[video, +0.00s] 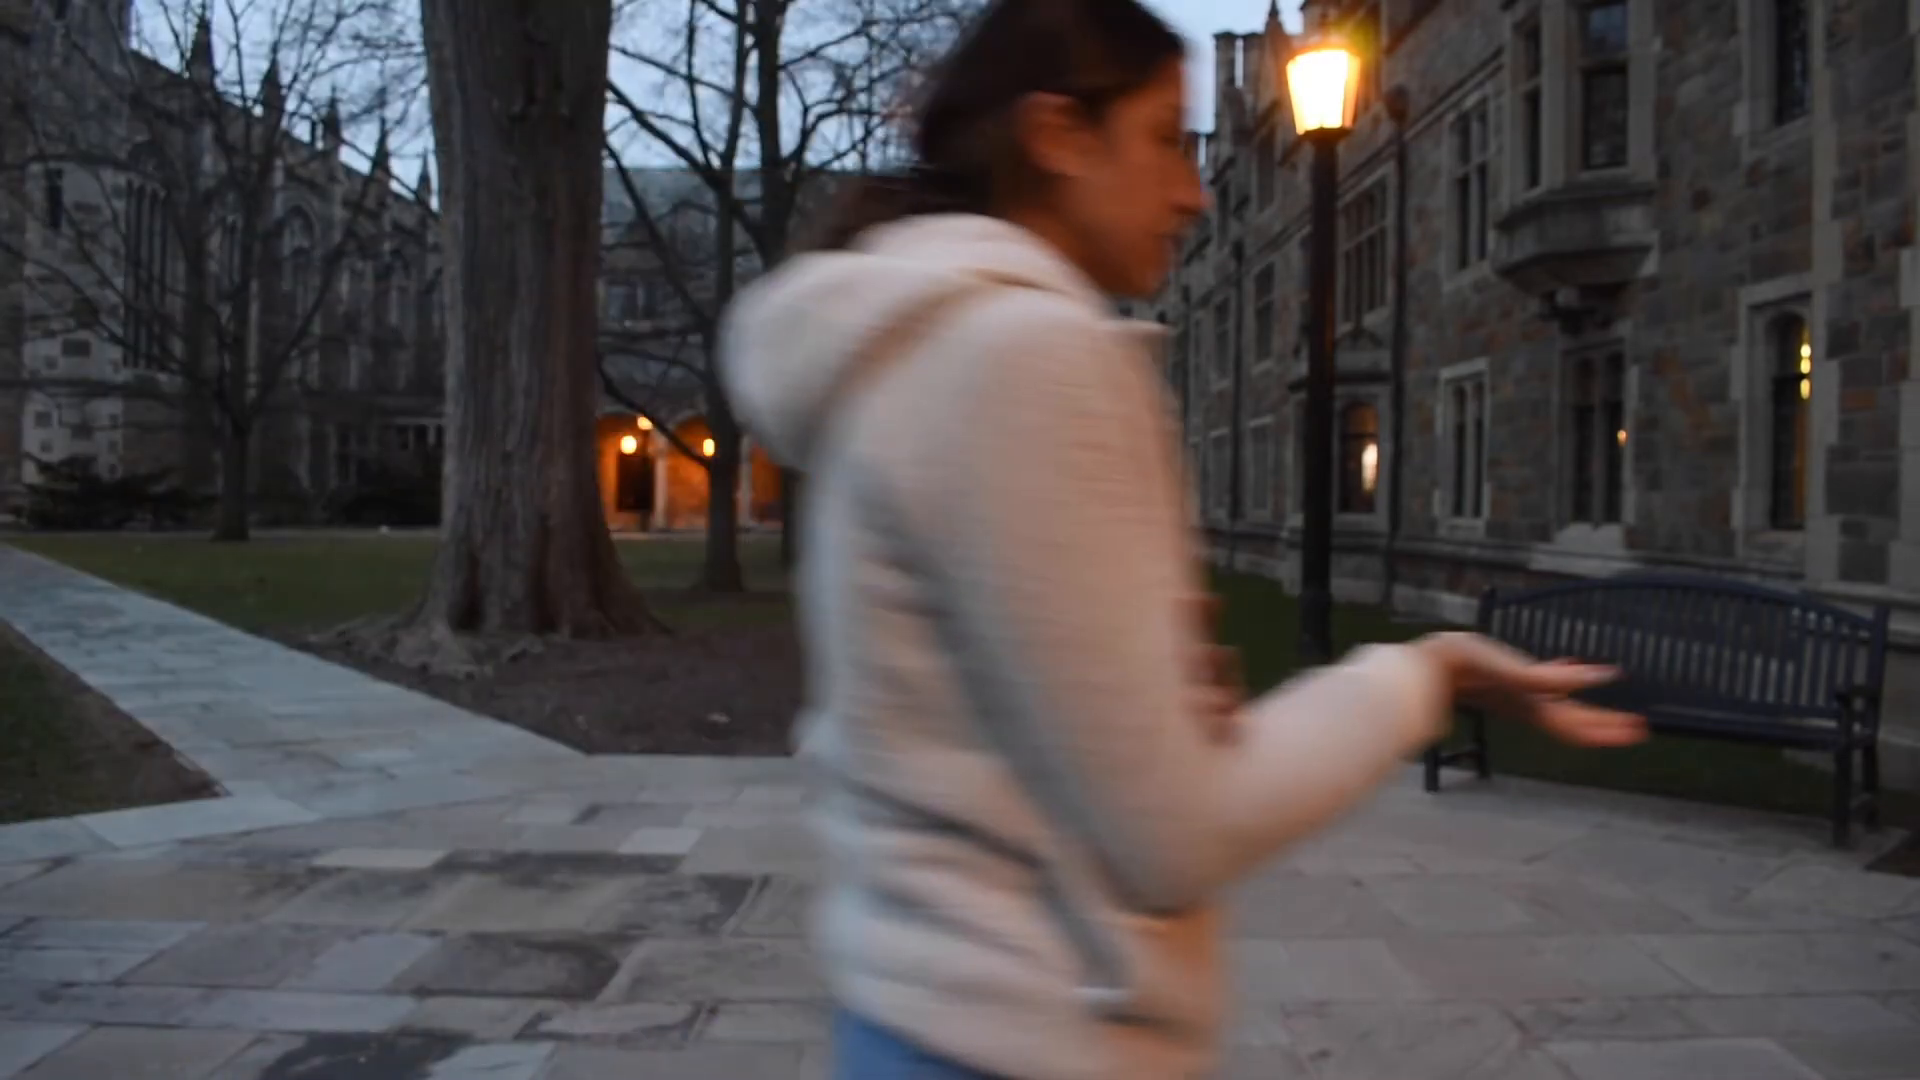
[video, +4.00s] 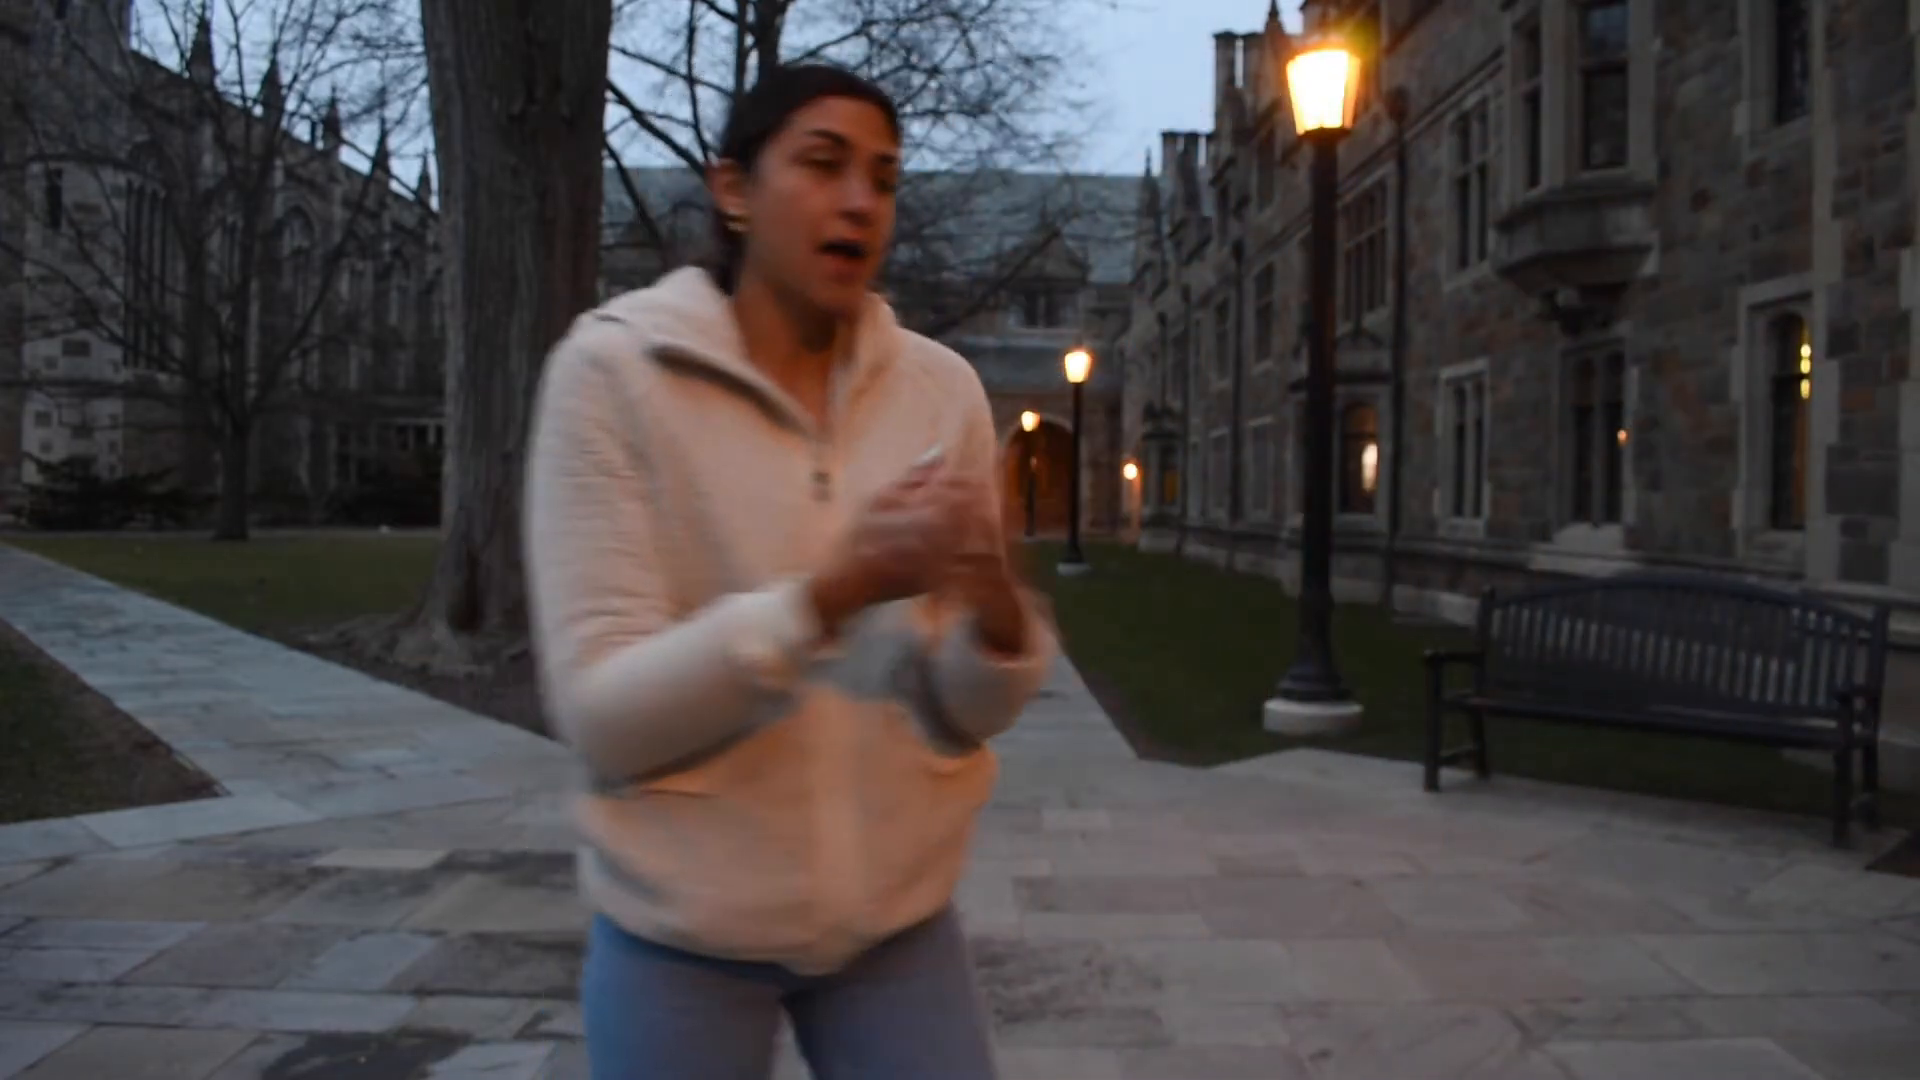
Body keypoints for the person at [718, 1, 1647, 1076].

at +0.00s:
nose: (1196, 195)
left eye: (1189, 150)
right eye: (1169, 142)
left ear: (1057, 141)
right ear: (1056, 137)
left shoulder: (930, 334)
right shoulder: (1026, 354)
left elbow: (935, 737)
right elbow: (1170, 835)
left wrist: (1160, 697)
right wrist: (1428, 676)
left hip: (930, 1014)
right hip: (1030, 1037)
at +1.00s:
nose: (1656, 203)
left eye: (1666, 164)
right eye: (1655, 167)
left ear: (1749, 161)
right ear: (1861, 153)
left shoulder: (1692, 357)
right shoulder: (1898, 310)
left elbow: (1547, 728)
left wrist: (1551, 567)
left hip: (1760, 991)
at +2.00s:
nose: (1361, 199)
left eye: (1403, 153)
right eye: (1368, 158)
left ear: (1524, 172)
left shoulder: (1631, 354)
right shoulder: (1485, 369)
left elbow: (1485, 811)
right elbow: (1440, 723)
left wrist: (1180, 718)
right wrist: (1194, 681)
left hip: (1547, 1036)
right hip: (1431, 1026)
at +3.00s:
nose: (736, 188)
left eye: (774, 151)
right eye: (750, 152)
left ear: (879, 188)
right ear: (864, 194)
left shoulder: (932, 357)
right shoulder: (869, 351)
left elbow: (770, 751)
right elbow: (758, 678)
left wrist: (515, 632)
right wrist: (554, 600)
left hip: (828, 1001)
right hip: (783, 984)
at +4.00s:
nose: (862, 204)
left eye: (882, 179)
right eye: (821, 163)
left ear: (895, 210)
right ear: (732, 189)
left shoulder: (941, 389)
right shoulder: (612, 372)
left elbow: (970, 712)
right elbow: (604, 719)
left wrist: (995, 606)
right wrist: (839, 587)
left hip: (896, 920)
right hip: (679, 931)